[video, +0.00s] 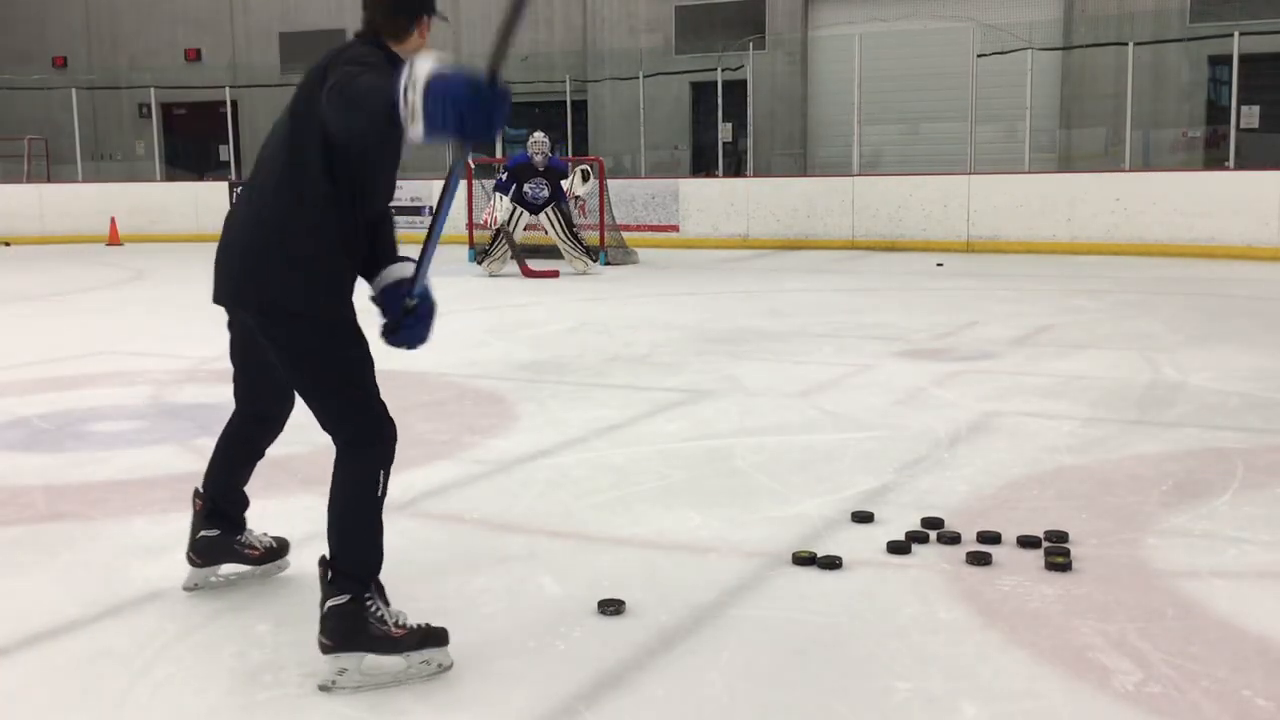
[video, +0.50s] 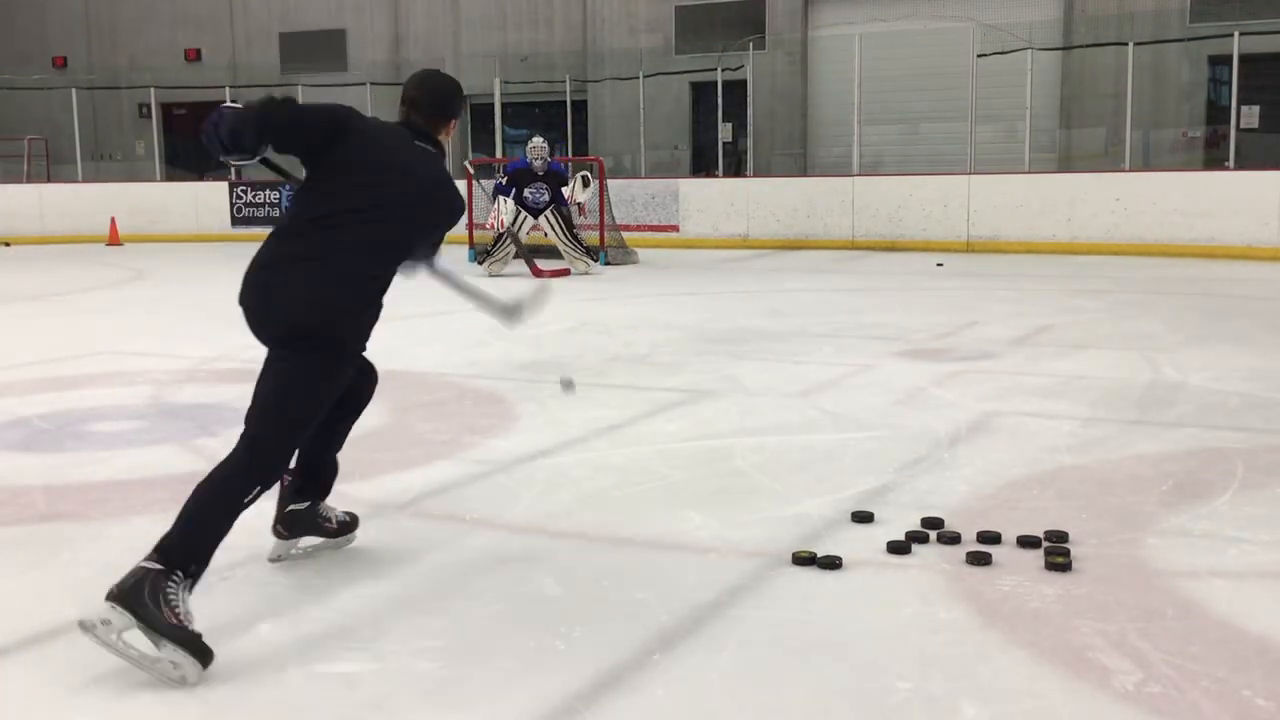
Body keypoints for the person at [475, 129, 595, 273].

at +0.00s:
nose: (539, 155)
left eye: (543, 151)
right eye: (536, 151)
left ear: (548, 151)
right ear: (529, 150)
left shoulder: (557, 166)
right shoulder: (518, 164)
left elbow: (570, 184)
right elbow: (501, 187)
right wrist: (497, 209)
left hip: (549, 205)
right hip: (521, 204)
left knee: (564, 234)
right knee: (507, 234)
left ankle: (584, 264)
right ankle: (491, 265)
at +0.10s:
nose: (539, 152)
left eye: (542, 149)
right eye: (535, 149)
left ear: (548, 149)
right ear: (529, 150)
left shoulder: (557, 166)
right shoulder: (517, 165)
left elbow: (569, 185)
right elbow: (501, 188)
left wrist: (577, 191)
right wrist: (497, 210)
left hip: (549, 205)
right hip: (521, 204)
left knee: (564, 234)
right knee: (507, 234)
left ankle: (584, 263)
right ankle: (491, 264)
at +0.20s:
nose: (539, 154)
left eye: (542, 151)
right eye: (535, 151)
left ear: (548, 151)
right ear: (529, 151)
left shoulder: (557, 166)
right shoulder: (517, 165)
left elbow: (569, 185)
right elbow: (500, 188)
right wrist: (497, 211)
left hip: (548, 206)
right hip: (521, 205)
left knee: (564, 234)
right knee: (507, 234)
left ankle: (584, 263)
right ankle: (491, 264)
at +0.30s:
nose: (539, 155)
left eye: (542, 151)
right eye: (535, 151)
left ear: (547, 151)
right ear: (529, 151)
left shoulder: (556, 167)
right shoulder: (517, 166)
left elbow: (568, 187)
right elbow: (501, 188)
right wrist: (497, 209)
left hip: (548, 206)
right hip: (521, 206)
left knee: (565, 234)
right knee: (508, 234)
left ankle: (584, 263)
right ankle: (491, 264)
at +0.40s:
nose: (539, 157)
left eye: (542, 153)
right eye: (535, 154)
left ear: (548, 153)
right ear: (529, 153)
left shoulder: (556, 168)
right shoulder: (517, 167)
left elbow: (569, 189)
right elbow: (500, 189)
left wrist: (579, 182)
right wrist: (499, 209)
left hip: (548, 207)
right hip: (522, 206)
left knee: (564, 234)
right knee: (509, 235)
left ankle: (583, 262)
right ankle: (491, 264)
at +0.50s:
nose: (538, 155)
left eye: (541, 151)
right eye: (534, 151)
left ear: (547, 152)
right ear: (528, 153)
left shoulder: (556, 170)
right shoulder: (516, 169)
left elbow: (569, 195)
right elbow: (500, 191)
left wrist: (580, 186)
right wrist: (501, 211)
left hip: (549, 209)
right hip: (523, 209)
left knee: (565, 236)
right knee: (510, 237)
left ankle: (584, 263)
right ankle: (491, 265)